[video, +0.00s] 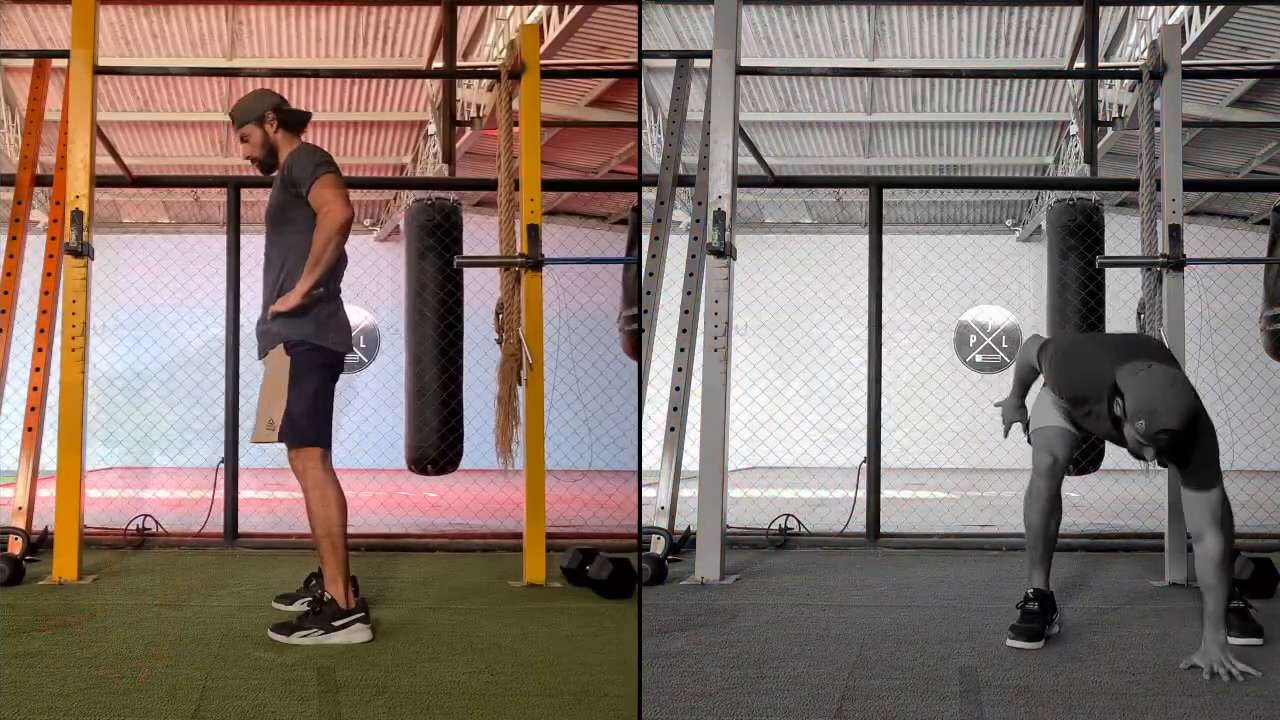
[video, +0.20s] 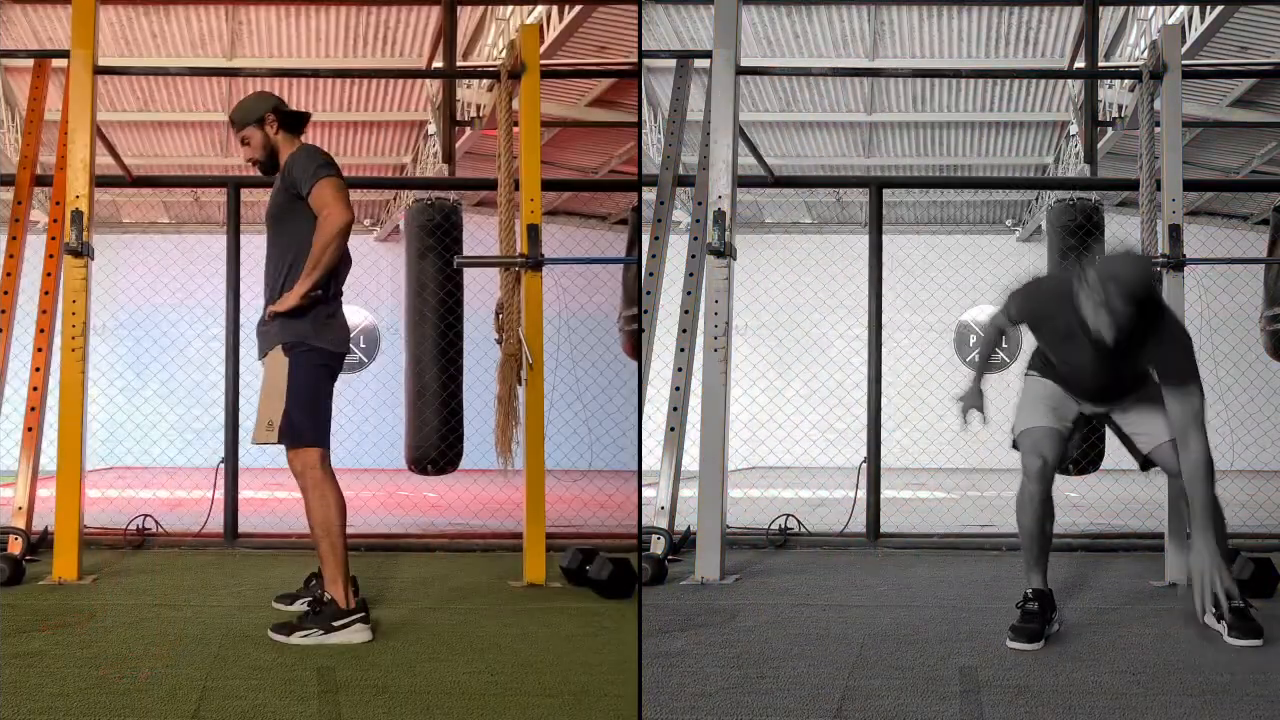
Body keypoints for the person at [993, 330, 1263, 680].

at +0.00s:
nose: (1152, 456)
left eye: (1164, 445)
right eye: (1143, 442)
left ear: (1180, 425)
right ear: (1120, 409)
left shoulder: (1194, 434)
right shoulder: (1070, 374)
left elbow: (1209, 536)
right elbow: (1030, 348)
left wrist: (1214, 638)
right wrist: (1015, 398)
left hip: (1160, 368)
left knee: (1211, 490)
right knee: (1047, 464)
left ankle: (1228, 594)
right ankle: (1037, 596)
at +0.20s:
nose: (1107, 322)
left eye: (1117, 313)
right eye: (1100, 307)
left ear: (1140, 305)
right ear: (1087, 285)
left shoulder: (1167, 334)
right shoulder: (1043, 298)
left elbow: (1193, 440)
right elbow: (997, 325)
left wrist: (1206, 541)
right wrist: (976, 381)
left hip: (1132, 389)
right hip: (1055, 380)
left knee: (1188, 468)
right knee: (1036, 469)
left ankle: (1219, 595)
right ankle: (1036, 594)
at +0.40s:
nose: (1018, 168)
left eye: (1030, 159)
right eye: (1012, 154)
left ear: (1059, 153)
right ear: (1004, 143)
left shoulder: (1096, 199)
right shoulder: (974, 191)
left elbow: (1138, 281)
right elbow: (939, 249)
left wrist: (1158, 366)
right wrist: (923, 323)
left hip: (1070, 337)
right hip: (997, 338)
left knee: (1109, 449)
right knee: (1009, 458)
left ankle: (1134, 578)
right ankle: (1025, 591)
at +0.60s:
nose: (951, 127)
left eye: (962, 117)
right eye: (944, 116)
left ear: (988, 117)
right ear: (934, 118)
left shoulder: (1028, 173)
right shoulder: (920, 176)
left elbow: (1079, 241)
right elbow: (886, 253)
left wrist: (1102, 321)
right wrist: (858, 326)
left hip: (1011, 342)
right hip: (939, 340)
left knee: (1031, 469)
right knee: (904, 455)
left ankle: (1042, 595)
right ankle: (890, 567)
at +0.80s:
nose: (888, 127)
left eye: (900, 117)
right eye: (880, 116)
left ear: (917, 116)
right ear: (865, 112)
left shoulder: (939, 171)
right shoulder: (832, 170)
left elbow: (983, 246)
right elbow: (800, 253)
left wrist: (1013, 314)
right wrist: (805, 320)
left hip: (916, 348)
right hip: (844, 347)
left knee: (956, 465)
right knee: (818, 469)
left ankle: (1014, 590)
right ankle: (814, 588)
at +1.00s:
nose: (806, 149)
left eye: (816, 138)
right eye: (798, 136)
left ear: (840, 135)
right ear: (788, 133)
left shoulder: (878, 180)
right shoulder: (766, 178)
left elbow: (911, 241)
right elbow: (724, 257)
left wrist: (916, 314)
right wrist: (719, 330)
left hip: (848, 330)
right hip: (778, 325)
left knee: (829, 454)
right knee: (734, 439)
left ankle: (804, 576)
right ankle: (738, 543)